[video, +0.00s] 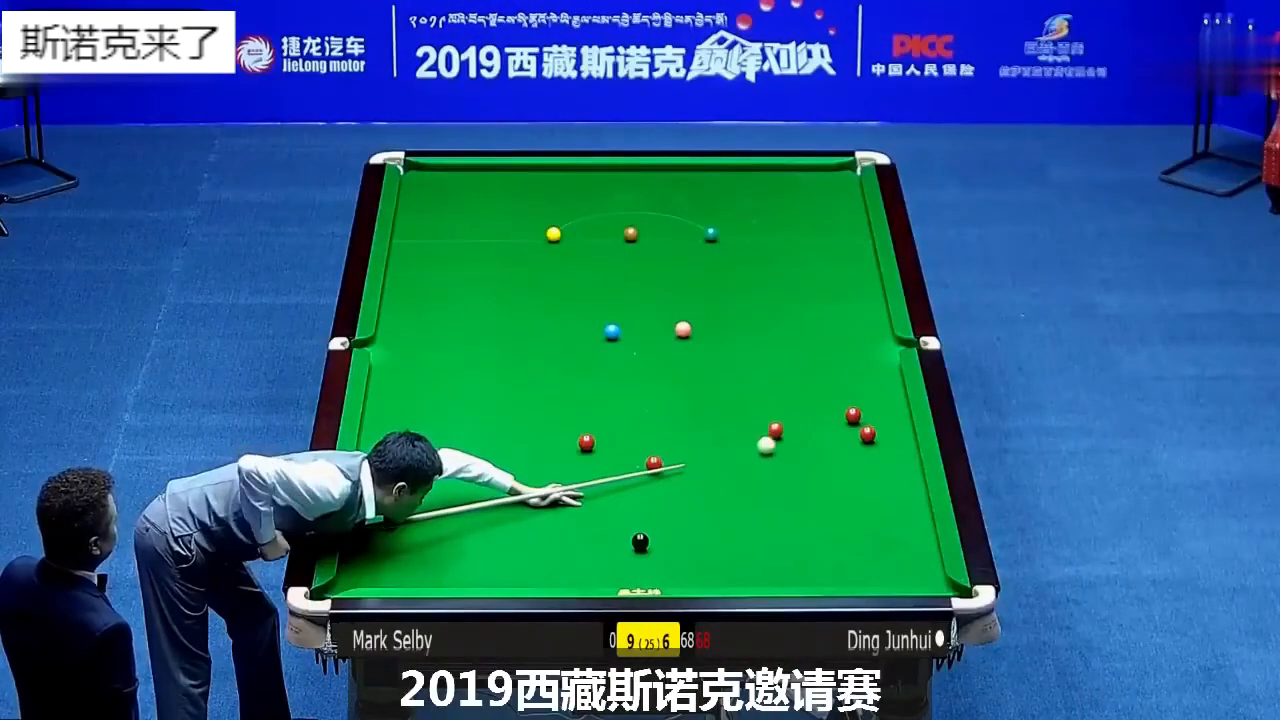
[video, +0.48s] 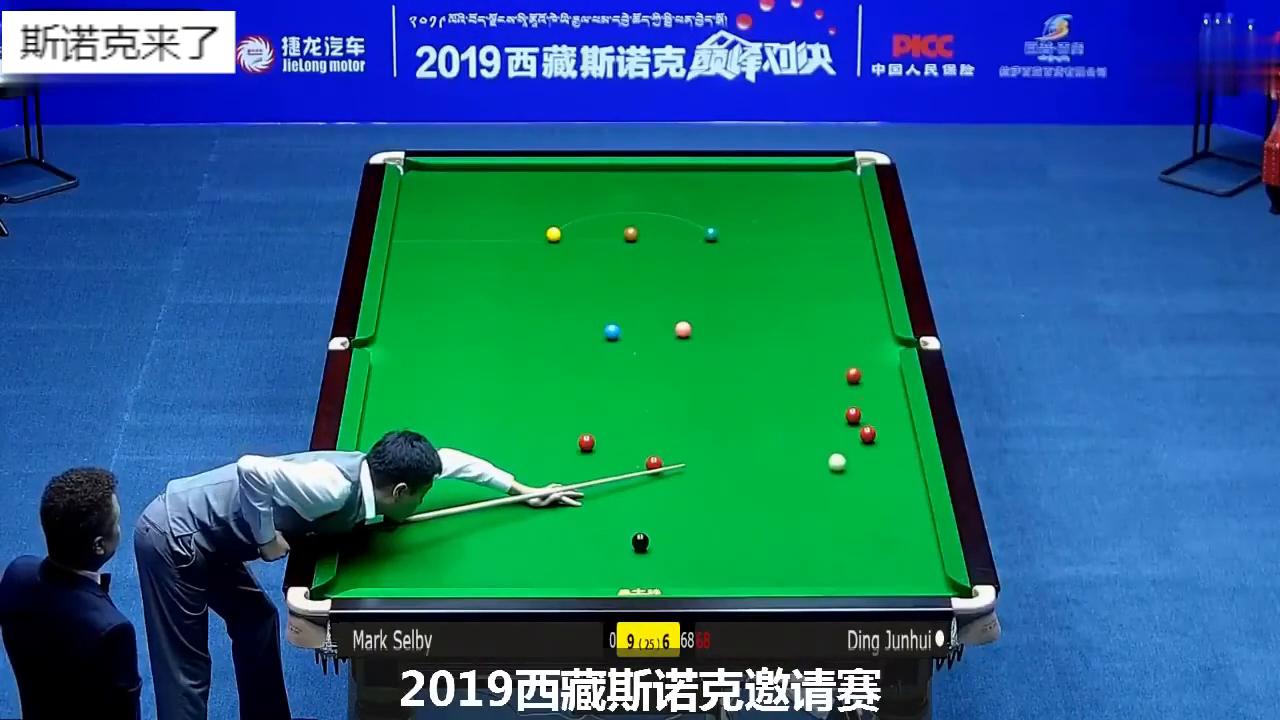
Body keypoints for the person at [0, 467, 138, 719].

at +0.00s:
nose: (116, 526)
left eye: (113, 520)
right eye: (113, 522)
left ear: (49, 531)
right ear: (95, 545)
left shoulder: (15, 575)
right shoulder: (108, 631)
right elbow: (126, 710)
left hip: (30, 711)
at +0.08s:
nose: (116, 526)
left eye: (113, 520)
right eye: (113, 522)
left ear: (49, 531)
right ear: (96, 545)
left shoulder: (15, 575)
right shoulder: (108, 631)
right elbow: (126, 710)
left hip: (30, 711)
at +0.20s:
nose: (117, 526)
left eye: (113, 520)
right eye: (113, 522)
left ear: (50, 530)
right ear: (96, 545)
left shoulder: (16, 575)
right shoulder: (109, 630)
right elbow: (127, 709)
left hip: (30, 711)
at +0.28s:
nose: (117, 526)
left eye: (114, 519)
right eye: (113, 522)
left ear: (51, 530)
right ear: (97, 545)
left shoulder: (16, 575)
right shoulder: (109, 630)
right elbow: (127, 709)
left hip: (30, 711)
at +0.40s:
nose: (119, 525)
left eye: (116, 519)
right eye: (116, 521)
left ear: (52, 530)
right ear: (99, 545)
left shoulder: (17, 575)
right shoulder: (111, 631)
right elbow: (128, 708)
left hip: (31, 712)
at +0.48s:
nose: (120, 526)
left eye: (116, 519)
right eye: (116, 522)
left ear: (51, 529)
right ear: (99, 545)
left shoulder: (17, 575)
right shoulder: (112, 631)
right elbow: (128, 708)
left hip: (31, 711)